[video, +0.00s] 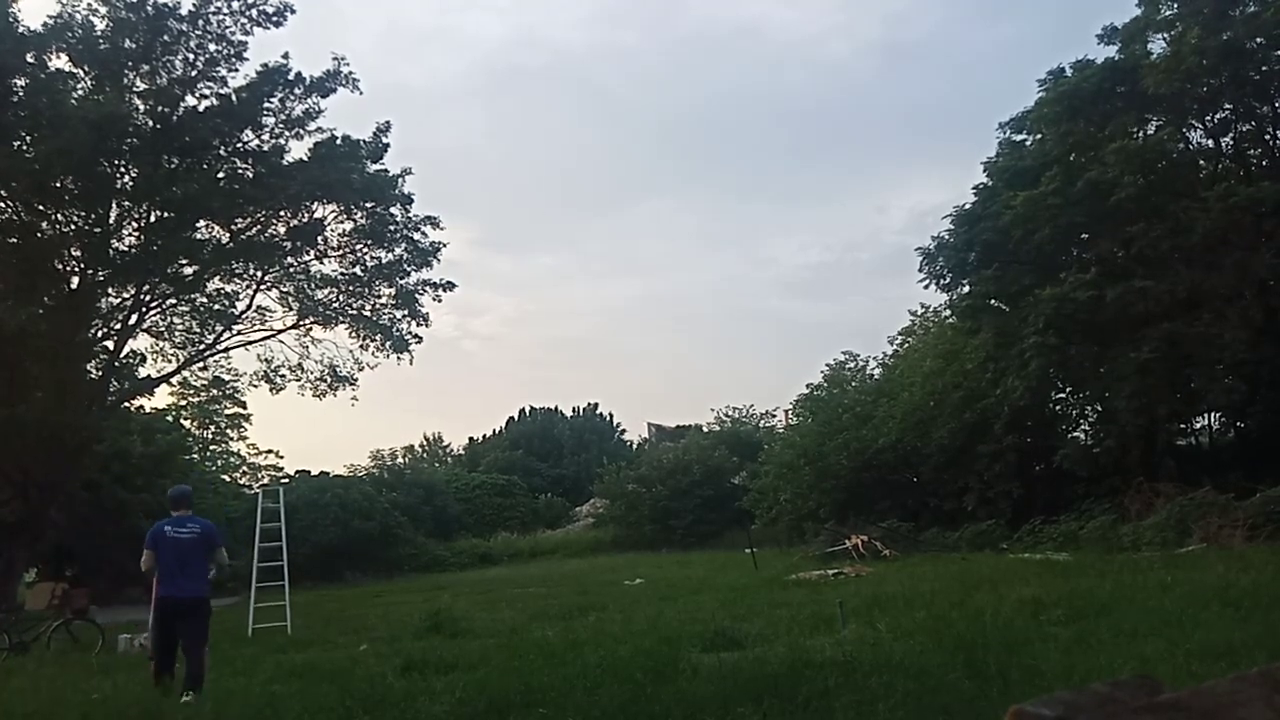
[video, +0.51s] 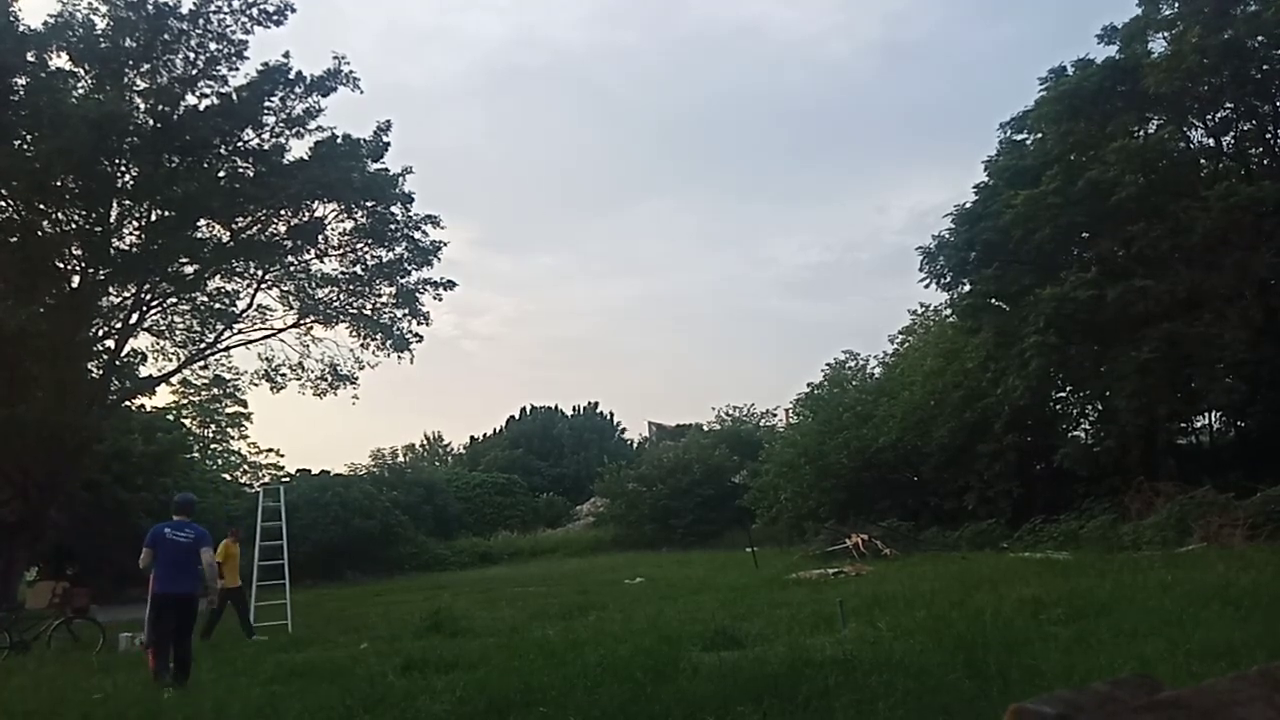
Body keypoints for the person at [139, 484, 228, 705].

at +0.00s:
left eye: (174, 504)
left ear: (170, 505)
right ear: (191, 504)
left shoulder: (158, 529)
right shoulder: (206, 528)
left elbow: (146, 565)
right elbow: (223, 560)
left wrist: (164, 558)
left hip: (167, 600)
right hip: (197, 599)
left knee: (164, 649)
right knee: (195, 648)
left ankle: (163, 693)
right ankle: (190, 693)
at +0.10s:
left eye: (170, 504)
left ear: (168, 504)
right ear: (189, 502)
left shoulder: (156, 526)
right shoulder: (204, 524)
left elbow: (144, 561)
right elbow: (219, 557)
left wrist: (160, 551)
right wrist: (220, 584)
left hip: (164, 596)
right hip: (195, 596)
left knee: (162, 646)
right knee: (196, 639)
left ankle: (161, 692)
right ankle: (191, 670)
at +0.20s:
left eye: (171, 501)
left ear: (168, 501)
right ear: (189, 501)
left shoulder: (155, 523)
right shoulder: (202, 522)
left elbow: (142, 557)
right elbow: (215, 553)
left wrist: (157, 547)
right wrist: (224, 577)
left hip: (162, 592)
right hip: (194, 592)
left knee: (162, 641)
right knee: (193, 633)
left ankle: (161, 685)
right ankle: (186, 668)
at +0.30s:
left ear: (168, 503)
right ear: (189, 504)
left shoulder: (154, 525)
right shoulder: (200, 526)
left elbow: (141, 559)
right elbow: (209, 556)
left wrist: (156, 548)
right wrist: (219, 580)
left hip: (161, 594)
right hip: (191, 594)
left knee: (162, 639)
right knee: (189, 637)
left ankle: (163, 677)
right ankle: (183, 682)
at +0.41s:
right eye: (189, 507)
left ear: (170, 507)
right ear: (190, 508)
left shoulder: (155, 529)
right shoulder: (199, 530)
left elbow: (141, 561)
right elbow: (208, 558)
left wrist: (157, 554)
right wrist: (217, 585)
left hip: (161, 594)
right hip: (189, 595)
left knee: (159, 637)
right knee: (186, 639)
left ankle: (161, 677)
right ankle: (183, 682)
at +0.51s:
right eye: (189, 510)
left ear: (172, 510)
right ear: (191, 511)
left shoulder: (157, 531)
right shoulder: (200, 533)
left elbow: (143, 563)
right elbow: (208, 562)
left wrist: (157, 555)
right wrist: (213, 591)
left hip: (162, 595)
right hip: (188, 595)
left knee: (159, 639)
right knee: (184, 640)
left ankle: (162, 680)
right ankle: (181, 682)